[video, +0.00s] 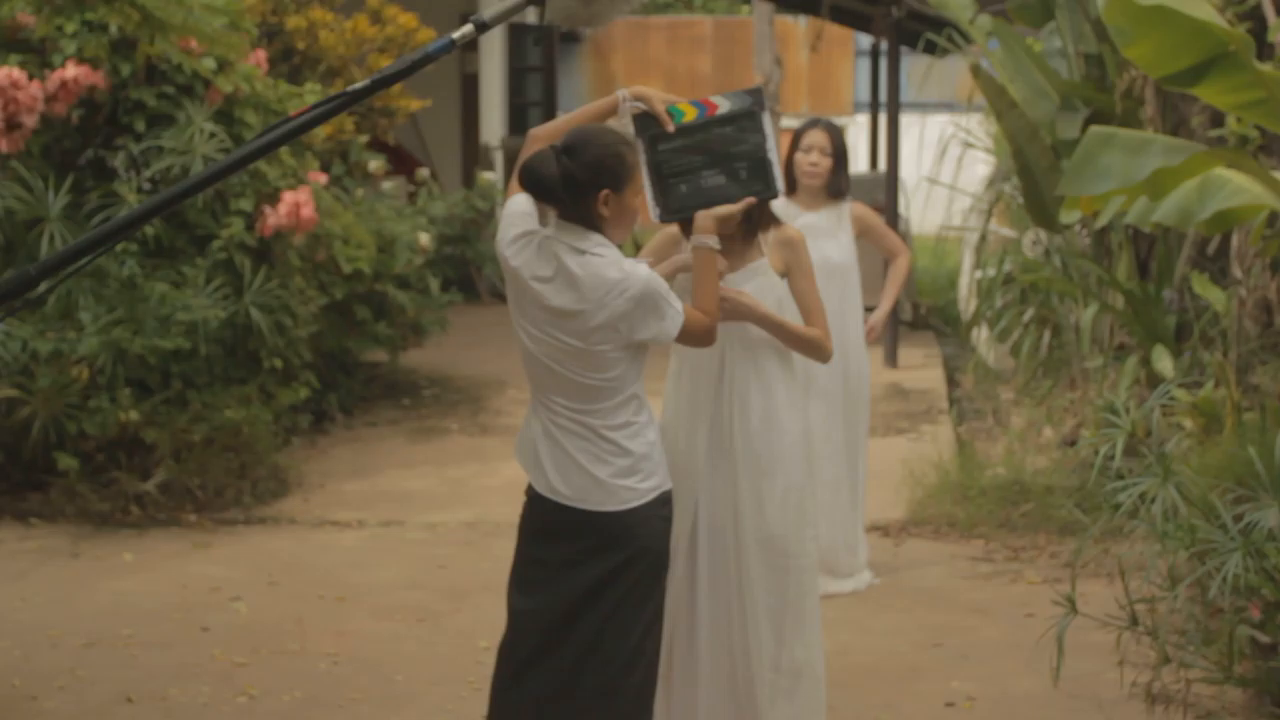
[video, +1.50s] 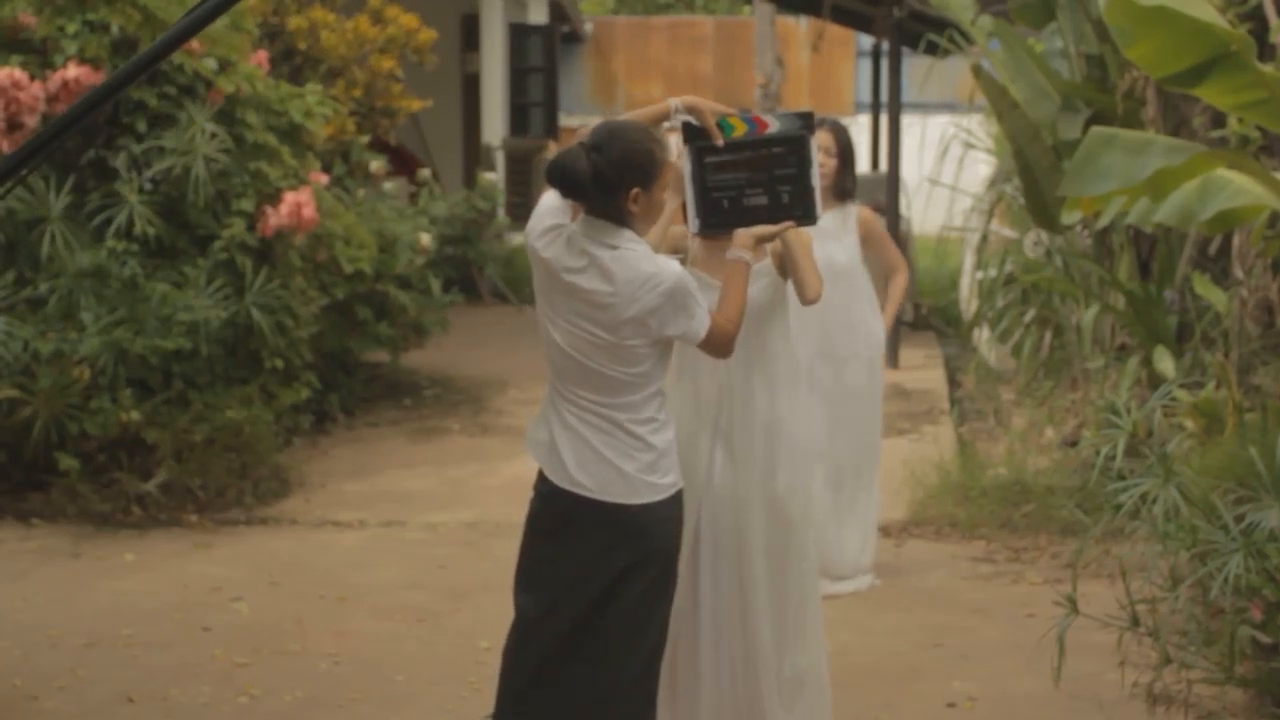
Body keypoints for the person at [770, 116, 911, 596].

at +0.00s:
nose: (814, 160)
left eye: (825, 153)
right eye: (806, 150)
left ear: (837, 163)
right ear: (791, 157)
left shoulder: (852, 213)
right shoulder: (772, 214)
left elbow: (900, 255)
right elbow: (745, 271)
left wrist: (883, 311)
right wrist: (764, 320)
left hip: (840, 347)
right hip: (786, 346)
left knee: (836, 451)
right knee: (788, 451)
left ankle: (838, 558)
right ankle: (788, 560)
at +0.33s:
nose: (813, 161)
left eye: (824, 154)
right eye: (806, 151)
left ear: (836, 163)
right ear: (790, 157)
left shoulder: (852, 214)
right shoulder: (773, 216)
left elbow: (896, 260)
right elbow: (753, 277)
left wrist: (879, 314)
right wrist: (763, 323)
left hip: (841, 350)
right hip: (786, 348)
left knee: (838, 453)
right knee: (789, 454)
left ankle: (840, 559)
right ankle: (790, 561)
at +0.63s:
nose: (810, 160)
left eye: (820, 153)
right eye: (804, 151)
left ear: (836, 162)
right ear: (794, 157)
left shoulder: (854, 214)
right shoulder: (783, 218)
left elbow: (892, 266)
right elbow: (768, 278)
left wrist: (875, 318)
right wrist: (779, 319)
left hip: (850, 340)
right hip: (799, 340)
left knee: (842, 449)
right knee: (802, 449)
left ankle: (844, 560)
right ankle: (803, 559)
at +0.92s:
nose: (815, 159)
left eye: (824, 152)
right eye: (809, 150)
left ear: (840, 162)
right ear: (795, 157)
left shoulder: (858, 218)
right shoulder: (782, 219)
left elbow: (876, 286)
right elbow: (770, 288)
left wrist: (862, 338)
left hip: (846, 349)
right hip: (794, 349)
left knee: (847, 450)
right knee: (797, 451)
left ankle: (846, 558)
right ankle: (799, 558)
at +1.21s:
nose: (818, 161)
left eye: (828, 153)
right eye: (812, 152)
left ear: (844, 163)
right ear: (798, 160)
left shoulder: (860, 221)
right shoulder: (783, 221)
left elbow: (876, 291)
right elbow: (764, 290)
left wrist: (858, 342)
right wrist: (773, 339)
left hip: (841, 354)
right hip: (789, 354)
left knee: (841, 459)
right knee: (789, 458)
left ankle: (841, 564)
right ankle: (791, 564)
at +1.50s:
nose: (820, 162)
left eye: (829, 154)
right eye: (813, 153)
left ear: (843, 164)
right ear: (799, 159)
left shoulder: (861, 219)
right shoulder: (786, 218)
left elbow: (898, 271)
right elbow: (765, 278)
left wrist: (883, 323)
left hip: (850, 346)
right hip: (795, 348)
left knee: (847, 451)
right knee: (798, 452)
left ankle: (846, 561)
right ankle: (798, 559)